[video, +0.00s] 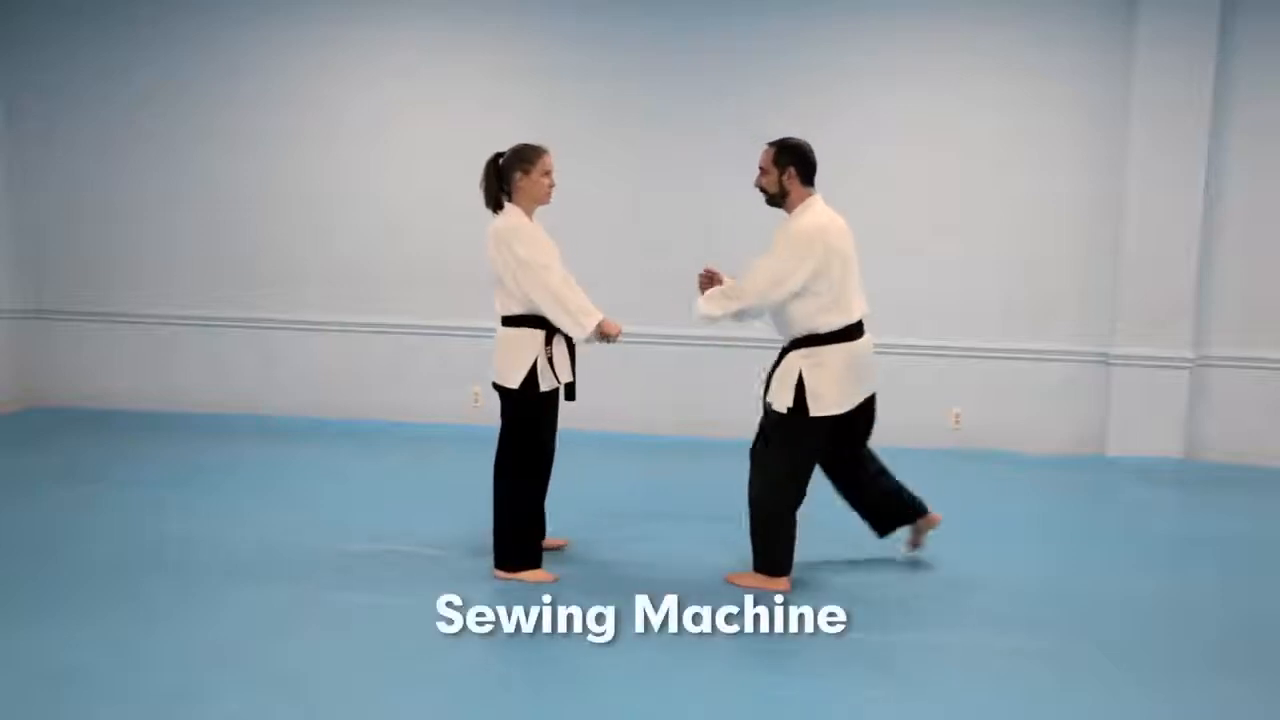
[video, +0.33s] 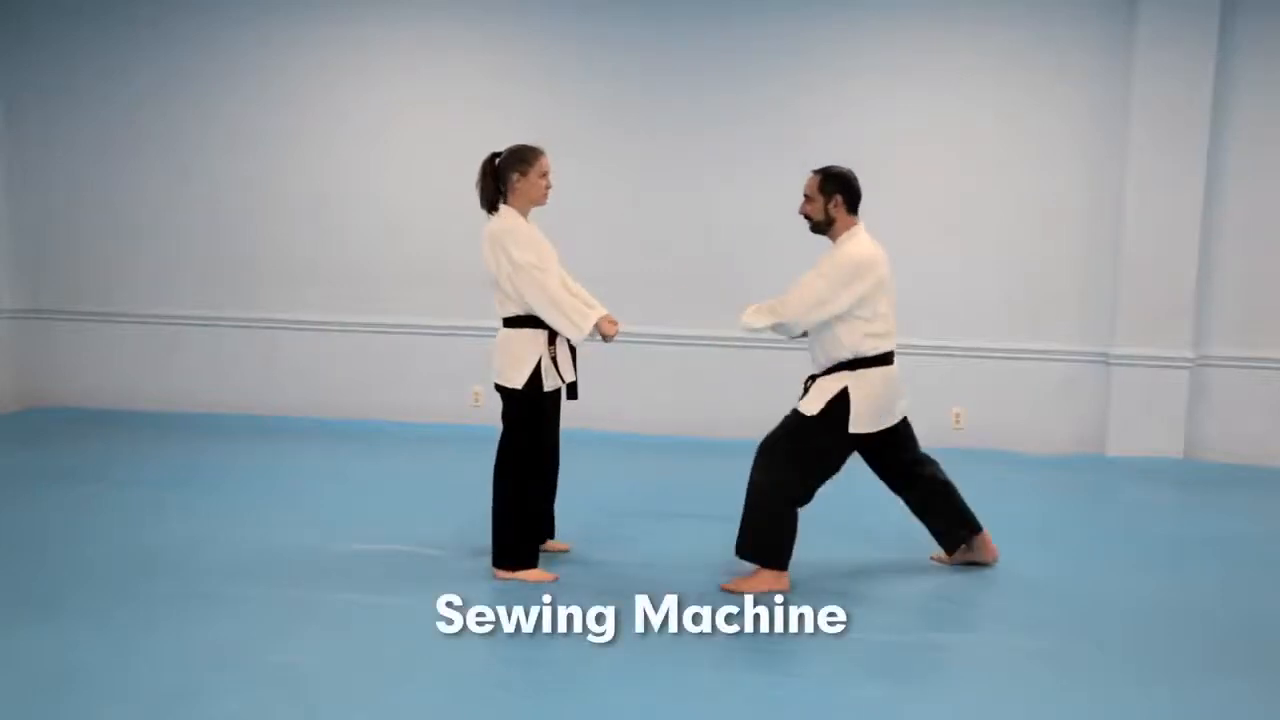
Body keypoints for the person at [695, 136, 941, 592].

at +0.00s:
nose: (757, 179)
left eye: (763, 172)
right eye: (758, 171)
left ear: (789, 175)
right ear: (795, 176)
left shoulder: (802, 229)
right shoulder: (829, 221)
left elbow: (760, 292)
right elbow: (787, 292)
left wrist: (712, 298)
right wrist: (731, 289)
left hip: (814, 368)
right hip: (851, 361)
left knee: (774, 466)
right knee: (842, 452)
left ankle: (771, 572)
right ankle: (915, 515)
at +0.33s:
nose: (801, 207)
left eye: (808, 199)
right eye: (803, 199)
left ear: (836, 203)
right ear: (839, 204)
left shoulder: (850, 255)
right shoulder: (864, 249)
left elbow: (796, 314)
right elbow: (817, 318)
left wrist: (752, 316)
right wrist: (788, 324)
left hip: (848, 389)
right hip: (876, 384)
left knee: (777, 460)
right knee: (908, 466)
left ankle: (771, 570)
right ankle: (972, 542)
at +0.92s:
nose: (812, 212)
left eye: (820, 203)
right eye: (815, 202)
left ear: (847, 209)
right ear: (850, 210)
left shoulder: (858, 262)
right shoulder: (876, 257)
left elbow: (802, 319)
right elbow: (906, 315)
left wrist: (752, 322)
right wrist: (867, 350)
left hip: (845, 397)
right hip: (875, 392)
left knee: (771, 458)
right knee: (907, 471)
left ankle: (769, 571)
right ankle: (973, 546)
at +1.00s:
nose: (812, 212)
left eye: (819, 203)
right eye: (815, 202)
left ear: (847, 209)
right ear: (850, 210)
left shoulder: (858, 261)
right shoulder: (875, 257)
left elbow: (801, 317)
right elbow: (906, 314)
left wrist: (753, 321)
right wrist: (867, 350)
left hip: (845, 397)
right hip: (874, 392)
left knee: (770, 457)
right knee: (906, 471)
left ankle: (768, 571)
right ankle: (973, 547)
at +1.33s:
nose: (809, 211)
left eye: (815, 202)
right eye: (811, 202)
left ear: (842, 207)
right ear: (846, 208)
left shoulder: (857, 257)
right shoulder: (873, 253)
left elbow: (802, 305)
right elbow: (905, 310)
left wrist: (752, 319)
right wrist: (871, 348)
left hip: (844, 393)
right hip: (873, 389)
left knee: (772, 457)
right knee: (898, 471)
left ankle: (771, 571)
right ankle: (969, 548)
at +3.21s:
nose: (618, 227)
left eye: (626, 220)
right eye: (620, 219)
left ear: (652, 227)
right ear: (649, 227)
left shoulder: (673, 279)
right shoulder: (626, 273)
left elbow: (711, 341)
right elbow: (567, 287)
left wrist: (659, 374)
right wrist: (503, 287)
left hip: (671, 411)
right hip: (635, 404)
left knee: (708, 499)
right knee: (576, 436)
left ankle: (805, 578)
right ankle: (591, 529)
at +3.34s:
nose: (616, 227)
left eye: (623, 220)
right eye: (617, 219)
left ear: (649, 226)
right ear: (645, 225)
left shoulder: (672, 277)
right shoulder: (623, 273)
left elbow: (711, 341)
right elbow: (568, 290)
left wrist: (658, 374)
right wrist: (517, 283)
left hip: (669, 410)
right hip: (633, 403)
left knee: (708, 499)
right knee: (574, 436)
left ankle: (805, 578)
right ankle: (591, 528)